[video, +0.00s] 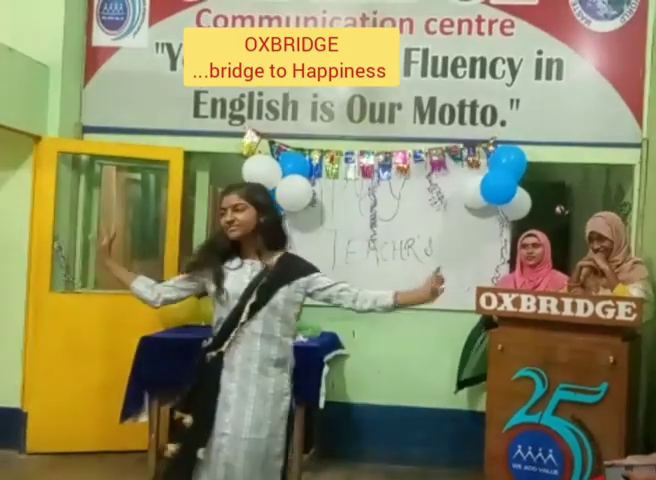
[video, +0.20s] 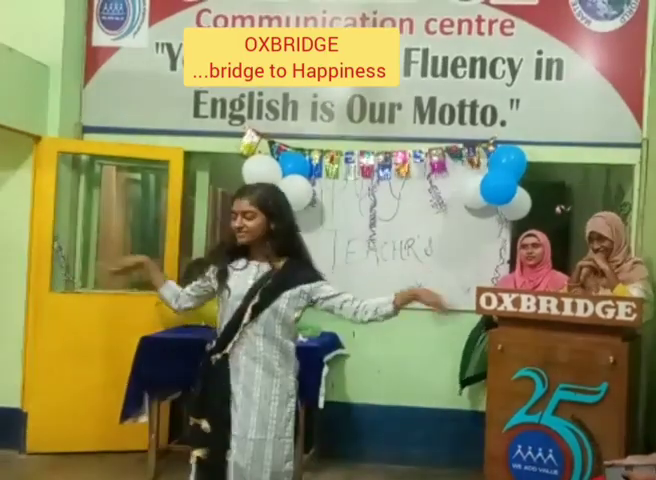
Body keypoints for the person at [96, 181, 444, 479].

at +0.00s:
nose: (228, 218)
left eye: (237, 210)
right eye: (223, 212)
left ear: (261, 214)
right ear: (221, 220)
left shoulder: (293, 269)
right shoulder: (220, 270)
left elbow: (353, 297)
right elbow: (157, 294)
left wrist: (420, 295)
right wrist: (108, 264)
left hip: (269, 382)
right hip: (223, 379)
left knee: (256, 461)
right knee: (217, 461)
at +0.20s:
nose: (238, 223)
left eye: (247, 217)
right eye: (235, 216)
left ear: (272, 222)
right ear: (232, 221)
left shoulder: (296, 276)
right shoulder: (227, 267)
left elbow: (354, 308)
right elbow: (182, 301)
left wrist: (405, 297)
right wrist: (149, 270)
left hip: (268, 386)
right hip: (221, 380)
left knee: (257, 465)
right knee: (216, 461)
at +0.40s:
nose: (240, 234)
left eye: (251, 227)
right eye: (236, 225)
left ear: (277, 229)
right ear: (231, 226)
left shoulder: (292, 281)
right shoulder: (226, 273)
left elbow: (274, 312)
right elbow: (169, 302)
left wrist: (275, 266)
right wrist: (145, 261)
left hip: (265, 390)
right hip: (220, 385)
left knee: (259, 469)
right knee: (209, 465)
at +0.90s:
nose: (174, 215)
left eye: (187, 211)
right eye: (176, 207)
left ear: (207, 224)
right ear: (172, 207)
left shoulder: (192, 257)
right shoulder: (183, 261)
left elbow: (127, 267)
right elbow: (136, 299)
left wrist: (81, 259)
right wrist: (88, 268)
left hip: (203, 375)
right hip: (184, 374)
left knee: (199, 465)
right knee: (179, 461)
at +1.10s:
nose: (172, 215)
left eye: (184, 209)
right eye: (169, 207)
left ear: (205, 221)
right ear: (164, 210)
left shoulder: (205, 252)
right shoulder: (174, 272)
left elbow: (131, 261)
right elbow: (131, 320)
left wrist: (113, 249)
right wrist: (106, 280)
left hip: (208, 372)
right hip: (177, 376)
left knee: (221, 467)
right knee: (171, 468)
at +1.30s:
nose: (195, 214)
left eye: (205, 206)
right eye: (190, 206)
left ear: (226, 215)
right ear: (182, 215)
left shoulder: (248, 262)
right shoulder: (184, 263)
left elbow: (218, 273)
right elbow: (175, 332)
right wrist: (174, 280)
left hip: (235, 364)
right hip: (194, 365)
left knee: (241, 448)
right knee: (169, 452)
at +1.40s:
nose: (211, 214)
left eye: (221, 206)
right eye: (205, 209)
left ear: (243, 214)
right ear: (200, 219)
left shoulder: (267, 266)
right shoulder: (194, 268)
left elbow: (284, 285)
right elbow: (193, 330)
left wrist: (257, 287)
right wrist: (228, 313)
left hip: (256, 369)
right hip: (214, 369)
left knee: (250, 455)